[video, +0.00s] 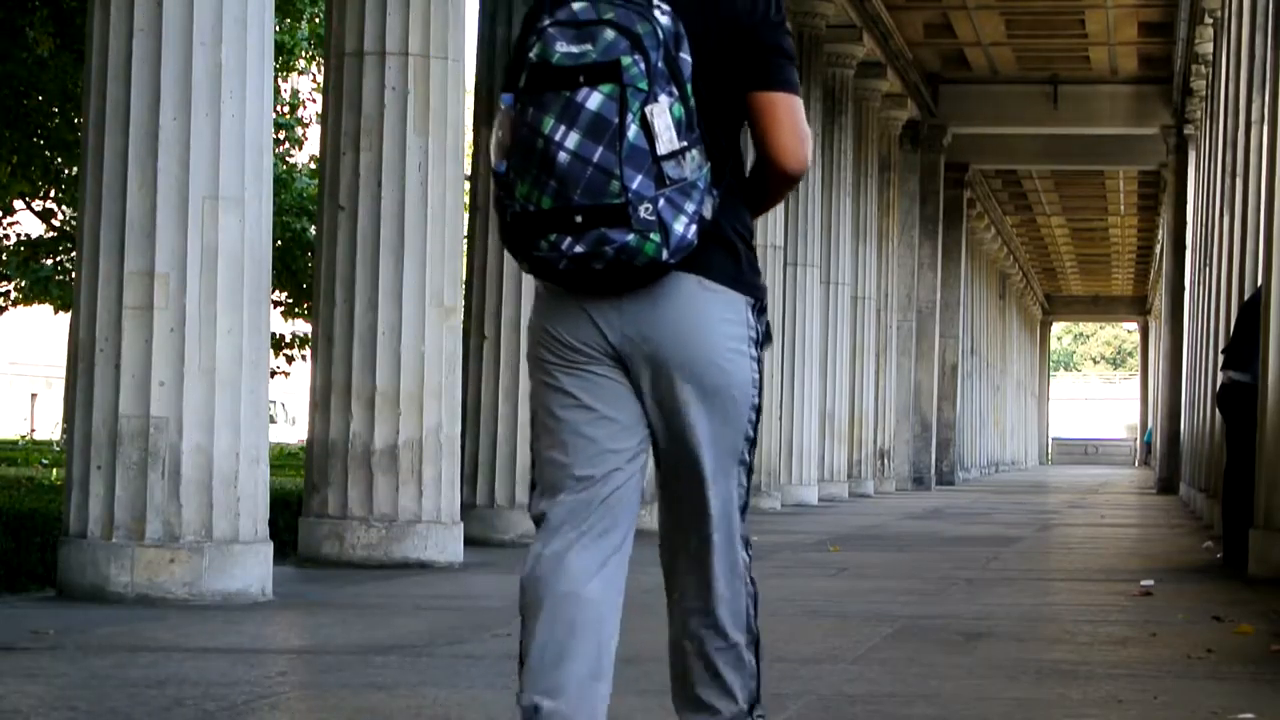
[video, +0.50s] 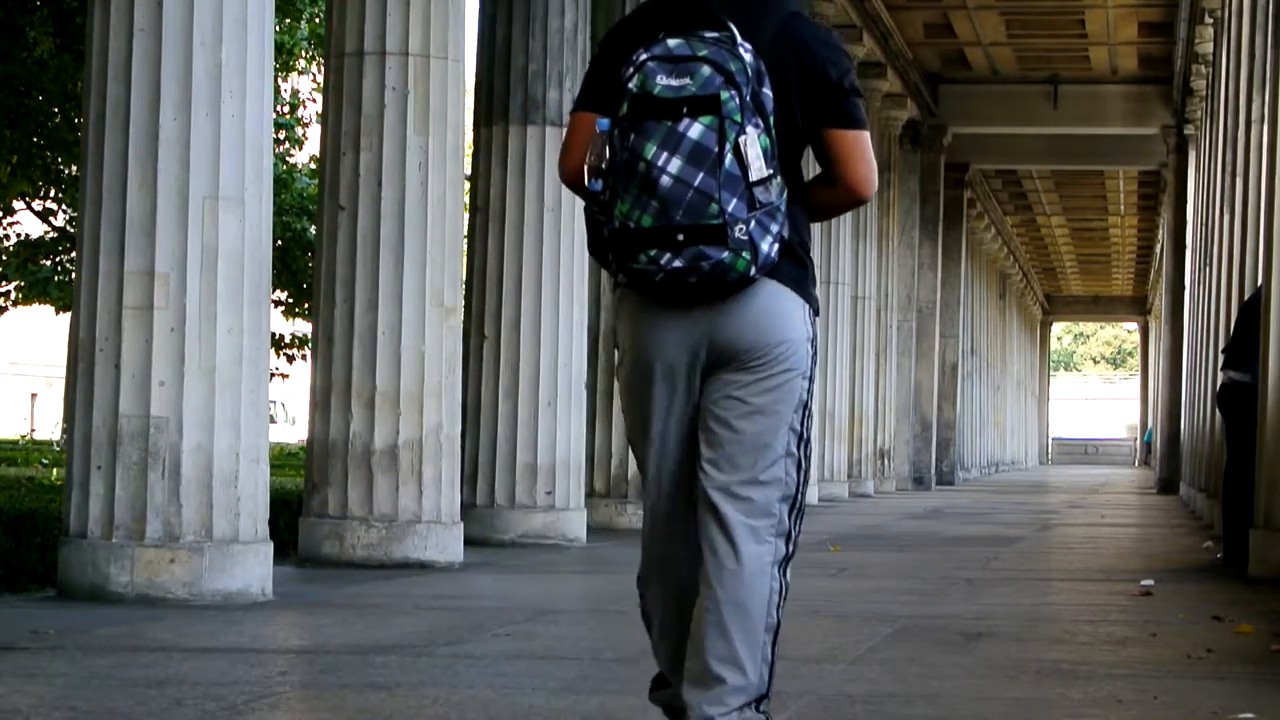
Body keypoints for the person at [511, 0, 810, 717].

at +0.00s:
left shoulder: (568, 6)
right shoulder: (741, 5)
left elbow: (506, 141)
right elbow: (789, 155)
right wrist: (739, 204)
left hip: (571, 289)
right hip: (694, 288)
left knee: (576, 521)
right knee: (708, 526)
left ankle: (557, 710)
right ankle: (719, 706)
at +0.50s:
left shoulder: (636, 27)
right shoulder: (803, 36)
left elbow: (576, 163)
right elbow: (858, 180)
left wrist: (648, 209)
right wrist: (785, 203)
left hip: (652, 302)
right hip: (764, 300)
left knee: (665, 501)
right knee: (745, 507)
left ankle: (677, 683)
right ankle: (725, 704)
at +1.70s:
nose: (834, 47)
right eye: (835, 37)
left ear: (764, 42)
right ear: (832, 43)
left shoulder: (717, 116)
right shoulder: (859, 125)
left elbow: (669, 221)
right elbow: (893, 239)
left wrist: (716, 260)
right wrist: (832, 258)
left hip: (732, 328)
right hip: (824, 329)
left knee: (736, 493)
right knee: (805, 496)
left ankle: (737, 648)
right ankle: (792, 670)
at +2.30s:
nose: (844, 92)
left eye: (835, 82)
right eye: (845, 83)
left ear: (779, 84)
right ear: (836, 84)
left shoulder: (732, 150)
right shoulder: (854, 151)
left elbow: (703, 253)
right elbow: (896, 241)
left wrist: (739, 316)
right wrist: (929, 336)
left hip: (746, 345)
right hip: (829, 343)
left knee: (752, 493)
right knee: (839, 493)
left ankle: (753, 647)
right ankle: (848, 633)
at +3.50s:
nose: (868, 144)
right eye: (871, 137)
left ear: (818, 138)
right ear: (871, 139)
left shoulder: (785, 198)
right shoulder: (894, 200)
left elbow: (760, 285)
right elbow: (922, 282)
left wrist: (791, 328)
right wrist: (943, 356)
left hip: (802, 360)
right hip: (873, 360)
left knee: (809, 482)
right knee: (872, 482)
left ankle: (814, 609)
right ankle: (872, 605)